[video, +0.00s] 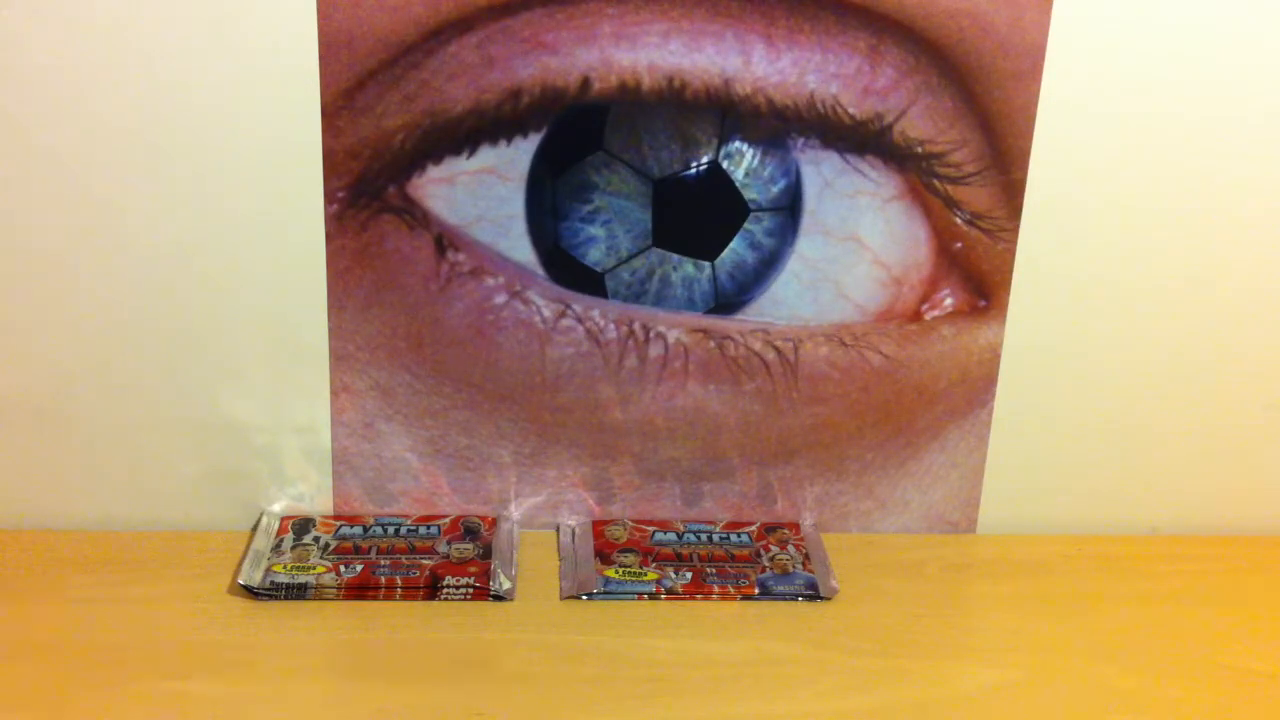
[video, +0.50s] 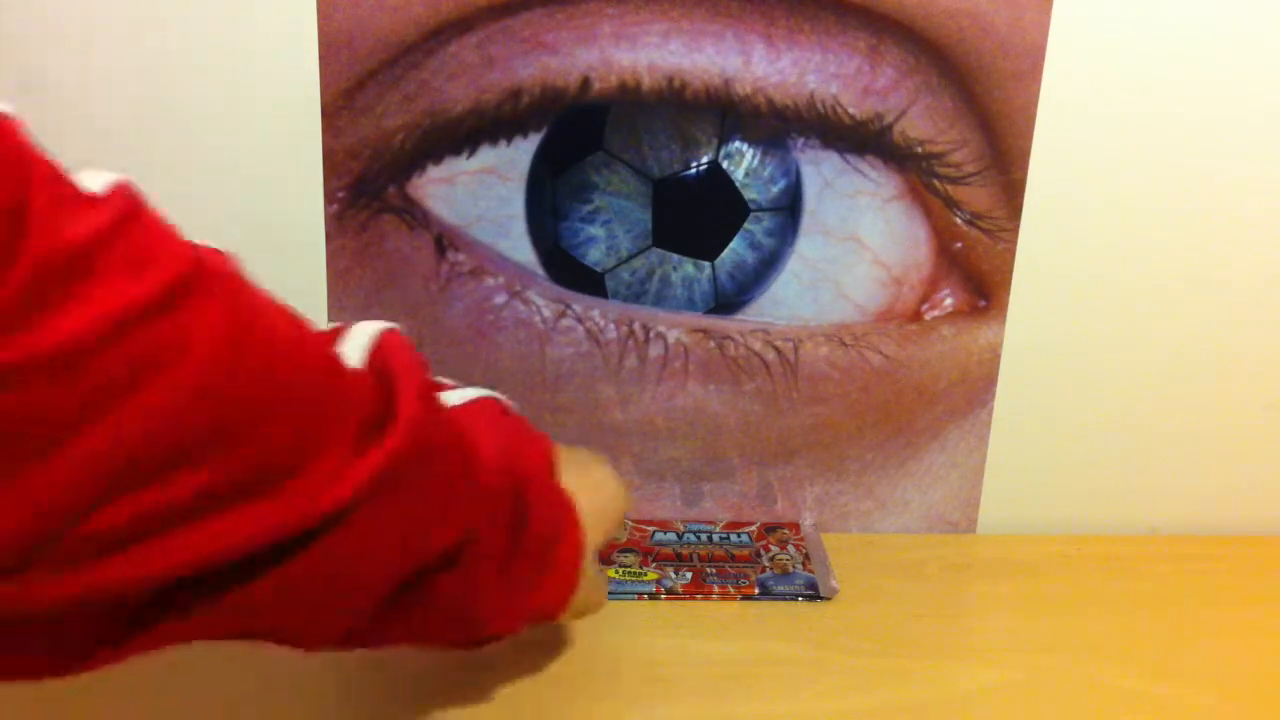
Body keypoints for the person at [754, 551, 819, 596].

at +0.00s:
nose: (785, 563)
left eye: (788, 560)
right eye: (780, 560)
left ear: (793, 562)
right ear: (772, 564)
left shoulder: (809, 579)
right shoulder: (763, 580)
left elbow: (818, 603)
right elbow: (761, 605)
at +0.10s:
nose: (785, 563)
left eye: (788, 560)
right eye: (780, 560)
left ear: (793, 562)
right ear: (772, 564)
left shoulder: (809, 579)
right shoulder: (763, 580)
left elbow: (818, 603)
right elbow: (761, 605)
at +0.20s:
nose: (785, 563)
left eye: (788, 560)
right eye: (780, 560)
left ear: (793, 562)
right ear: (772, 564)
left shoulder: (809, 579)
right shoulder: (763, 580)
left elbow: (818, 603)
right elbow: (761, 605)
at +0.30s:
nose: (785, 563)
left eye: (788, 560)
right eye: (780, 560)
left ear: (793, 562)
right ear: (772, 564)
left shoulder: (809, 579)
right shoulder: (763, 580)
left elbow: (818, 603)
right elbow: (761, 605)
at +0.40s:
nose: (784, 562)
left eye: (788, 560)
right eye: (780, 560)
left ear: (792, 563)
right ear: (772, 564)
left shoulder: (809, 579)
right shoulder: (763, 580)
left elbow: (818, 604)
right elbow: (761, 605)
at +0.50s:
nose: (784, 562)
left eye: (788, 560)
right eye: (780, 560)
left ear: (792, 563)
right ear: (772, 564)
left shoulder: (809, 579)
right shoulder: (763, 580)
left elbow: (818, 604)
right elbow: (761, 605)